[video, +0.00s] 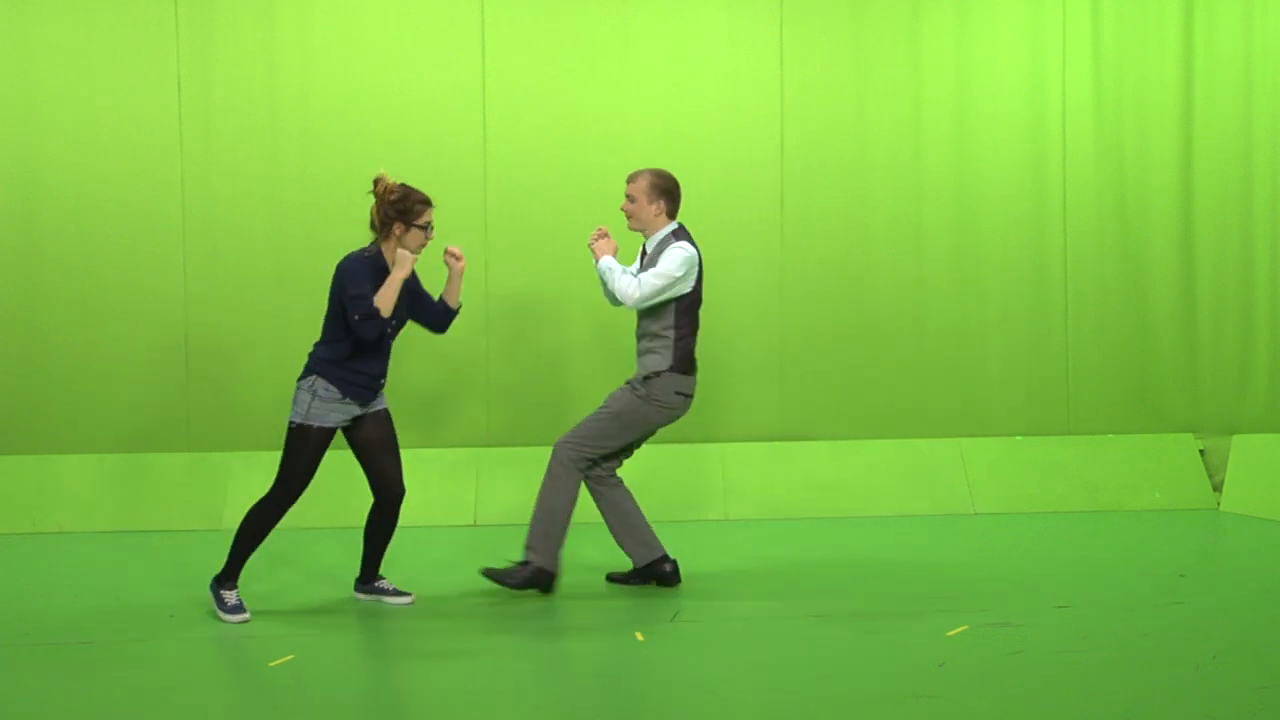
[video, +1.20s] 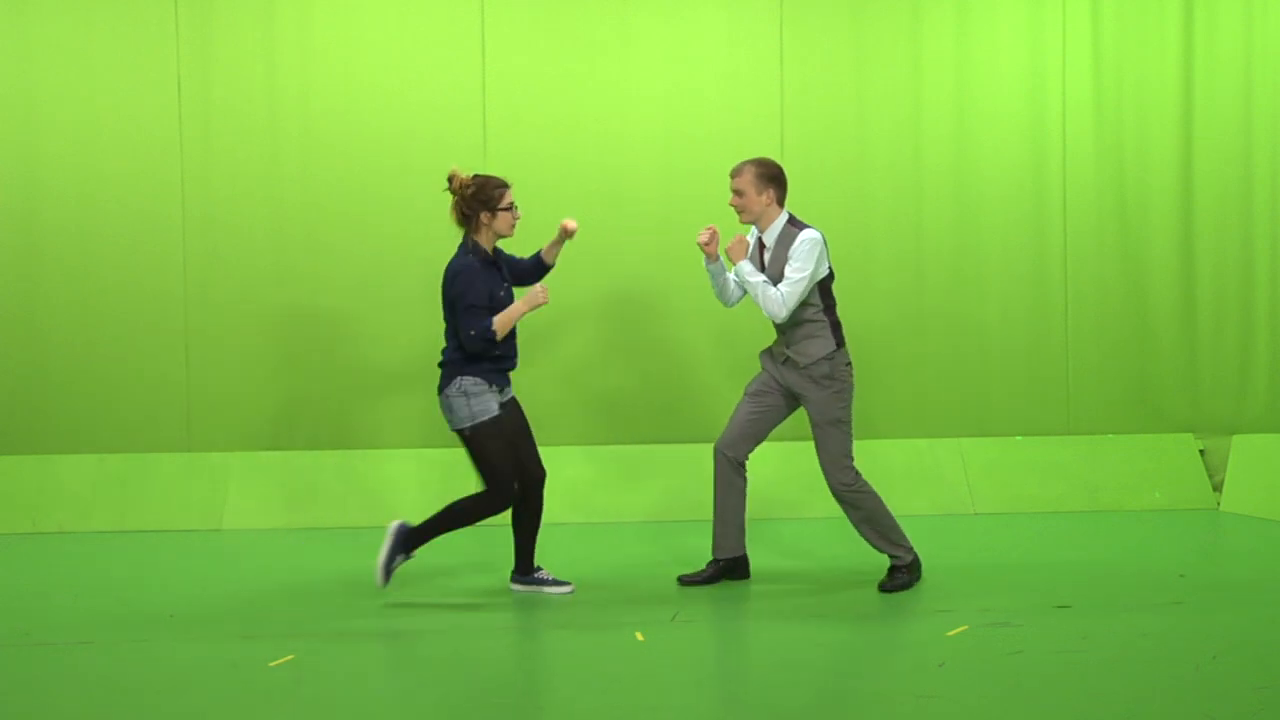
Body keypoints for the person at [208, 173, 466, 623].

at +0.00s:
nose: (430, 236)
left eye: (431, 228)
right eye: (425, 228)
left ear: (403, 230)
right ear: (397, 229)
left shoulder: (401, 275)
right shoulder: (355, 268)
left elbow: (438, 321)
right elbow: (368, 328)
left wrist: (455, 276)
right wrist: (399, 274)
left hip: (367, 396)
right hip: (324, 391)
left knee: (391, 490)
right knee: (287, 490)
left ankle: (368, 580)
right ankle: (225, 582)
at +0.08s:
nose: (435, 213)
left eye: (435, 205)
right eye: (429, 205)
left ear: (416, 208)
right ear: (403, 206)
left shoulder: (415, 252)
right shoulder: (364, 248)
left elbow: (453, 292)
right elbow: (374, 309)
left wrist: (461, 251)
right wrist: (402, 252)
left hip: (389, 379)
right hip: (347, 372)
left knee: (392, 482)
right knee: (312, 474)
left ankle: (370, 575)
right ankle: (256, 565)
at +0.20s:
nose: (448, 194)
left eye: (448, 186)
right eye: (442, 187)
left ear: (420, 188)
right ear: (416, 188)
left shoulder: (428, 233)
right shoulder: (375, 234)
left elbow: (454, 288)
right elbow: (382, 299)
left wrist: (467, 239)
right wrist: (412, 256)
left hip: (410, 358)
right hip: (369, 353)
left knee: (436, 458)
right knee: (352, 460)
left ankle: (406, 553)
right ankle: (312, 555)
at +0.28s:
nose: (463, 199)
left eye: (462, 191)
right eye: (457, 192)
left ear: (439, 195)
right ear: (431, 196)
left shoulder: (441, 239)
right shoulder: (388, 243)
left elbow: (455, 302)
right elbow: (391, 309)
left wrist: (475, 257)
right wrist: (429, 279)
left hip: (427, 364)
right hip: (383, 362)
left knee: (463, 460)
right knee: (370, 470)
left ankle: (472, 559)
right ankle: (336, 567)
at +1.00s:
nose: (503, 226)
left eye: (500, 219)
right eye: (494, 220)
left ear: (474, 232)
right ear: (470, 231)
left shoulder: (484, 277)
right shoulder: (434, 281)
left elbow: (505, 329)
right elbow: (462, 348)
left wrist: (510, 310)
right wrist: (492, 299)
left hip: (463, 398)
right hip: (420, 395)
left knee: (526, 477)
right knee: (384, 492)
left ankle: (529, 570)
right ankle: (337, 581)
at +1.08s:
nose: (506, 224)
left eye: (504, 217)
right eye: (499, 218)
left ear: (478, 228)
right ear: (475, 228)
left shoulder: (489, 272)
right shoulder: (449, 279)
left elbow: (498, 322)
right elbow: (482, 341)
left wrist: (523, 303)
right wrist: (512, 295)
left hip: (478, 400)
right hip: (436, 398)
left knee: (533, 479)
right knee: (400, 496)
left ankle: (525, 571)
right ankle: (338, 579)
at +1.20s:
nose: (517, 215)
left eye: (515, 207)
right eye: (509, 209)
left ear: (487, 215)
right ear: (485, 217)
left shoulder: (494, 258)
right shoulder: (465, 270)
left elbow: (532, 269)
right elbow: (475, 337)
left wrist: (558, 242)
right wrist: (524, 305)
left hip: (496, 386)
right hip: (468, 390)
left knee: (532, 477)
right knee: (503, 491)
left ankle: (525, 571)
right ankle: (409, 538)